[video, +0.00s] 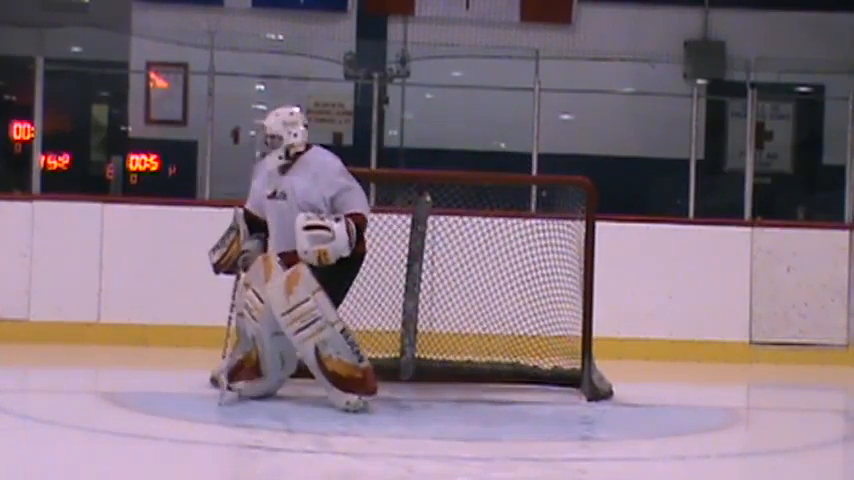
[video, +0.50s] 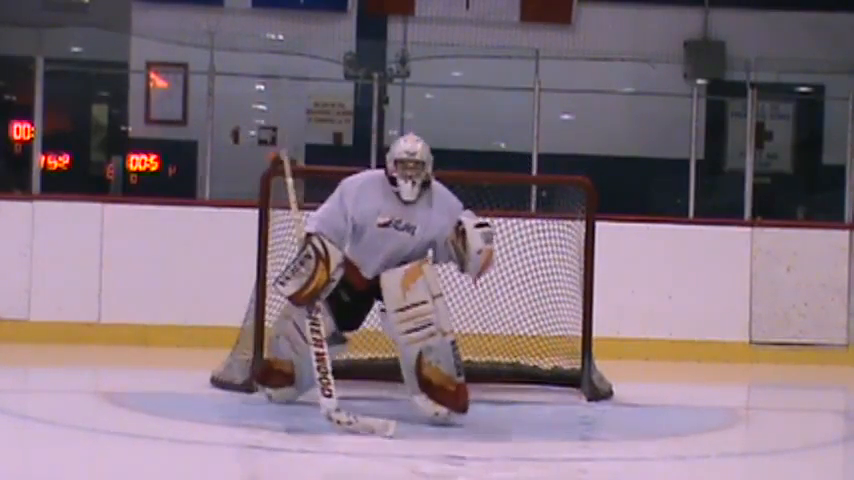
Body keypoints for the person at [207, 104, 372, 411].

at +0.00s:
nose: (268, 143)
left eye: (273, 138)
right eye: (267, 137)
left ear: (292, 137)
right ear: (267, 136)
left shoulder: (325, 165)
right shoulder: (266, 169)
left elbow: (357, 206)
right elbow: (254, 218)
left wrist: (343, 234)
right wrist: (235, 249)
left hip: (333, 256)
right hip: (285, 257)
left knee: (311, 316)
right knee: (263, 310)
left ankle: (353, 385)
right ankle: (255, 377)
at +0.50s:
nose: (410, 175)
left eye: (417, 169)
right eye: (403, 167)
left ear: (429, 170)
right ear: (390, 166)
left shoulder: (444, 206)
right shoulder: (359, 189)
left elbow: (461, 254)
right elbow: (324, 230)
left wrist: (474, 244)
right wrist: (310, 266)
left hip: (405, 278)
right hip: (354, 271)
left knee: (423, 328)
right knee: (321, 324)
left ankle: (441, 391)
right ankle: (282, 374)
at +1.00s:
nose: (452, 140)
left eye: (459, 134)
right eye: (445, 133)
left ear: (472, 137)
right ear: (434, 135)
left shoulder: (494, 176)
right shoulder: (403, 169)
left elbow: (521, 242)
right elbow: (369, 221)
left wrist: (513, 236)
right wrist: (348, 267)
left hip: (466, 271)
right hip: (407, 265)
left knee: (472, 344)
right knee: (379, 339)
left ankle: (500, 418)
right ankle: (349, 410)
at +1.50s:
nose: (483, 130)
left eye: (484, 123)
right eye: (478, 123)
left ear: (461, 124)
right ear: (461, 122)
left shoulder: (468, 166)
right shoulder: (438, 151)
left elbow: (462, 224)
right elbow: (434, 214)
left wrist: (492, 225)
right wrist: (444, 265)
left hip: (415, 253)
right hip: (389, 249)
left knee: (425, 328)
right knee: (408, 331)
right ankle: (364, 405)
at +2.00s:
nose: (541, 176)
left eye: (512, 167)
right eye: (540, 171)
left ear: (505, 171)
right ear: (539, 174)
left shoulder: (490, 189)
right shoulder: (543, 195)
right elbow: (561, 248)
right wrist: (572, 290)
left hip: (444, 257)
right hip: (487, 268)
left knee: (453, 333)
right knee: (476, 337)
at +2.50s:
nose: (598, 143)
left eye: (597, 138)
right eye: (595, 138)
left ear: (564, 136)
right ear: (587, 139)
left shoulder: (559, 163)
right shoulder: (568, 166)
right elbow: (566, 218)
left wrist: (594, 232)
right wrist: (570, 263)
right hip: (525, 250)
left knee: (558, 315)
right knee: (562, 314)